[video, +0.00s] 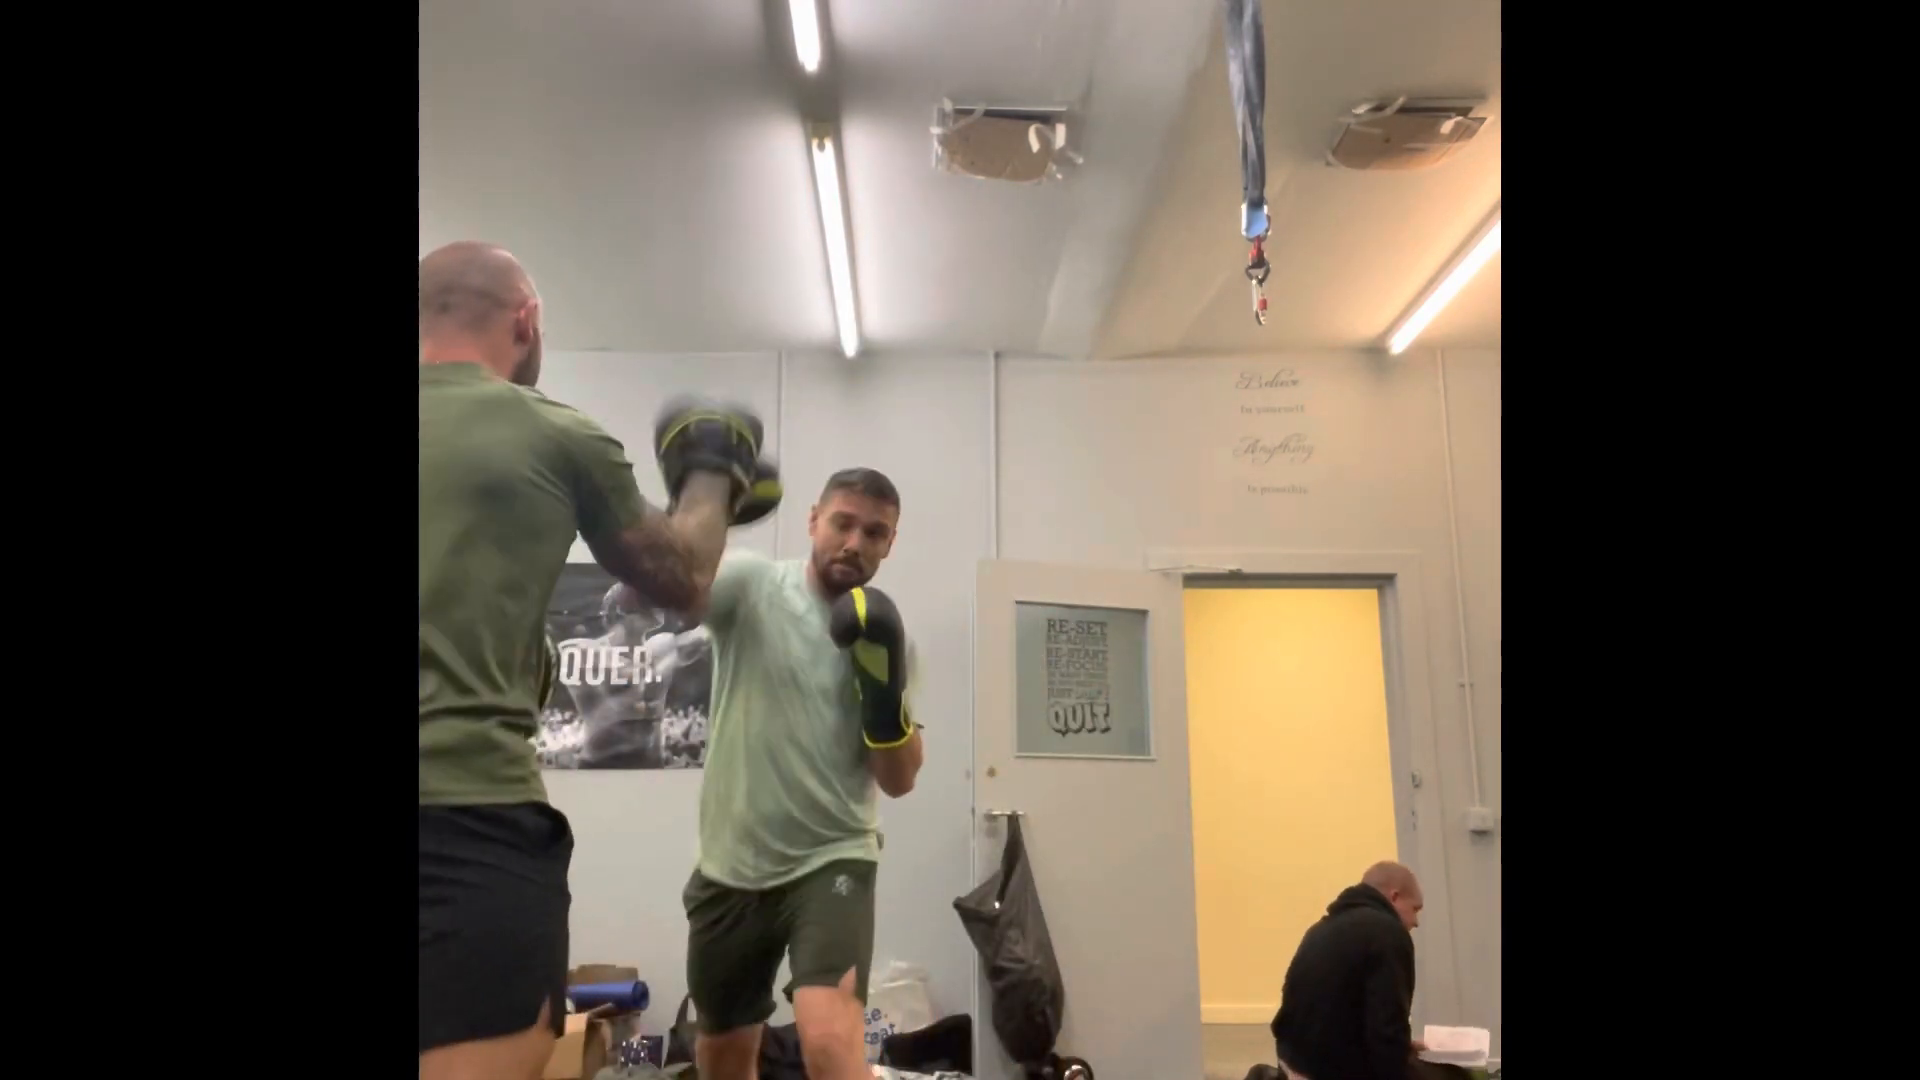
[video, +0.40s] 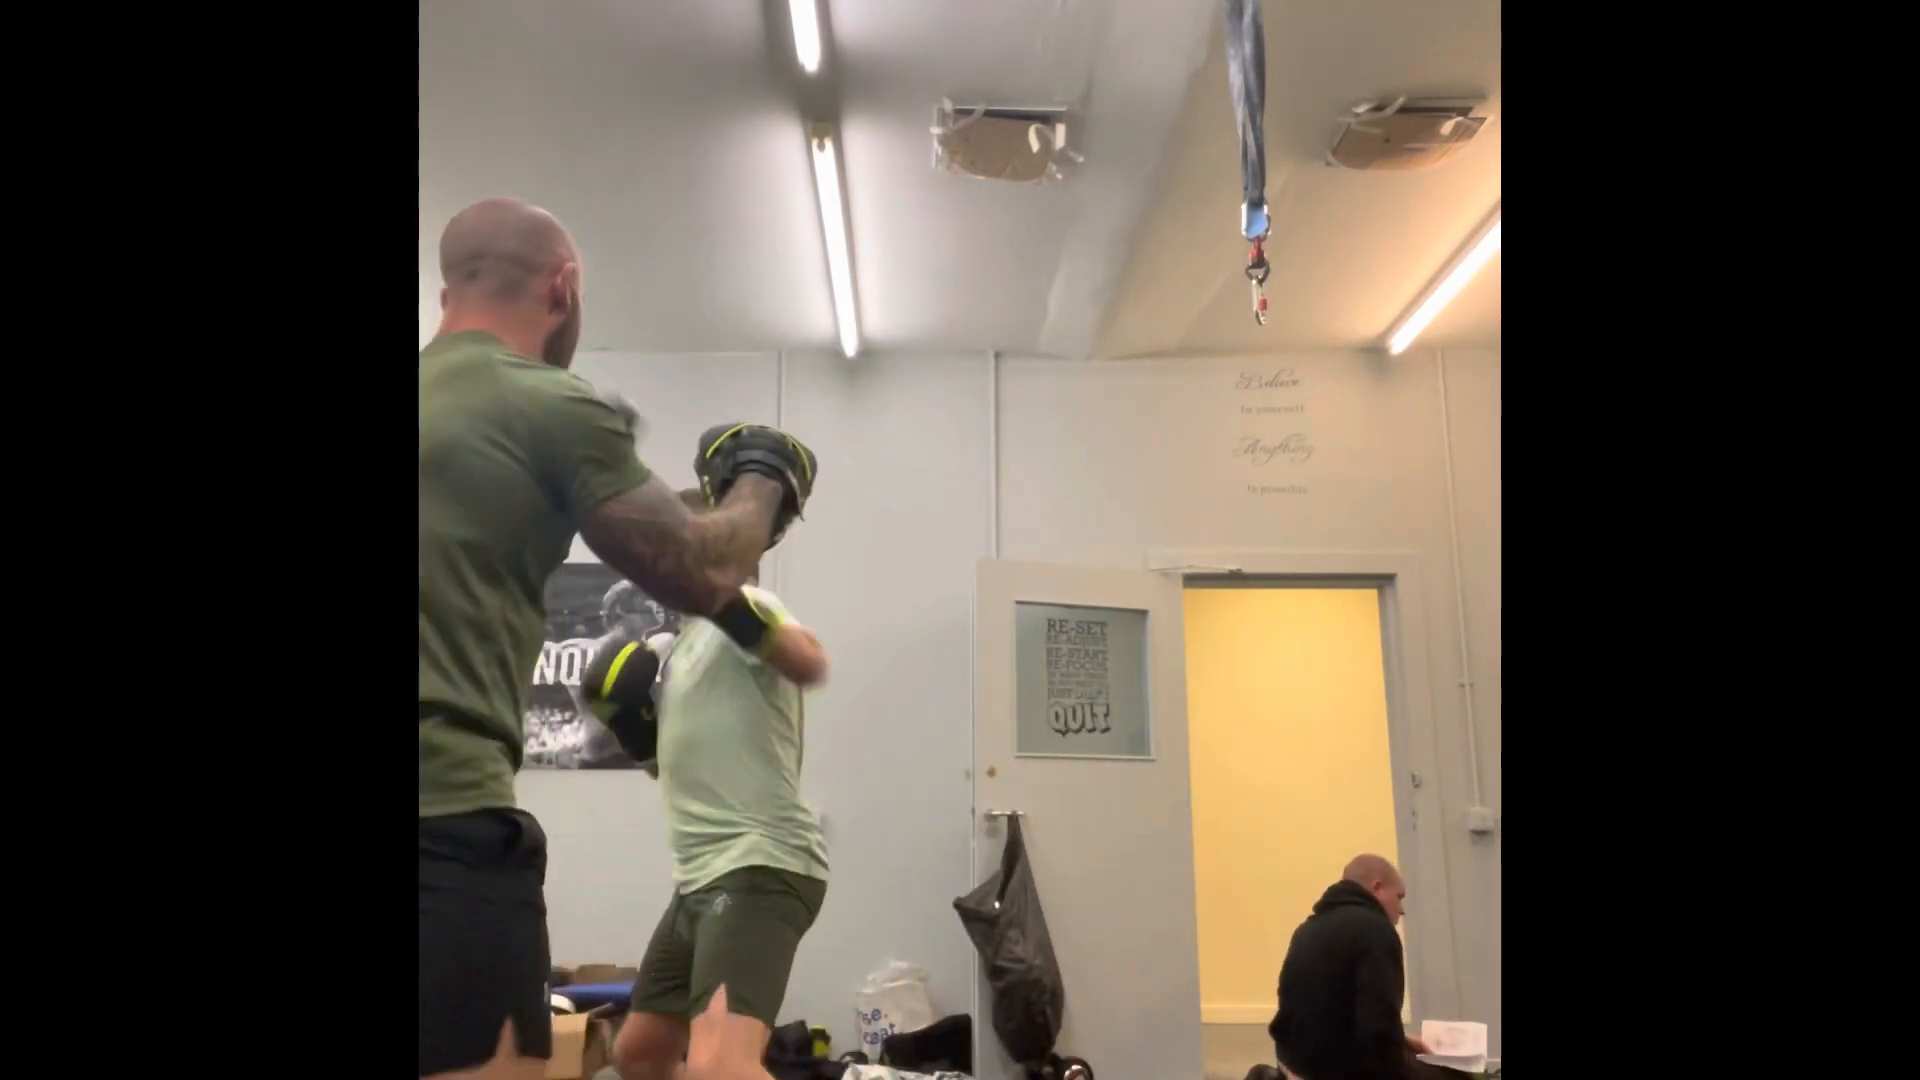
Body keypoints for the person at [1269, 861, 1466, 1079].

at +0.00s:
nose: (1415, 923)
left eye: (1417, 912)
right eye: (1415, 910)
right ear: (1394, 898)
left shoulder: (1326, 925)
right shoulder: (1389, 933)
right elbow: (1387, 1030)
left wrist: (1403, 1045)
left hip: (1293, 1057)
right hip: (1341, 1067)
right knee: (1457, 1072)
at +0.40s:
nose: (1402, 911)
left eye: (1402, 899)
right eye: (1399, 897)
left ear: (1350, 886)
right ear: (1376, 887)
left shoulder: (1310, 926)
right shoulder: (1376, 929)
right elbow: (1378, 1027)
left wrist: (1400, 1042)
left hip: (1297, 1059)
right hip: (1349, 1067)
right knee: (1458, 1072)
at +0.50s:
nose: (1400, 909)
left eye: (1400, 898)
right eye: (1397, 896)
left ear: (1369, 889)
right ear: (1373, 888)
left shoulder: (1312, 924)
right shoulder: (1366, 926)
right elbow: (1355, 1013)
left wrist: (1397, 1039)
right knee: (1453, 1073)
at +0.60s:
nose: (1401, 910)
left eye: (1401, 900)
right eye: (1397, 898)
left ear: (1369, 889)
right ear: (1370, 889)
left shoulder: (1319, 921)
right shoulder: (1355, 927)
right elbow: (1343, 1020)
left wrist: (1392, 1042)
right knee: (1451, 1071)